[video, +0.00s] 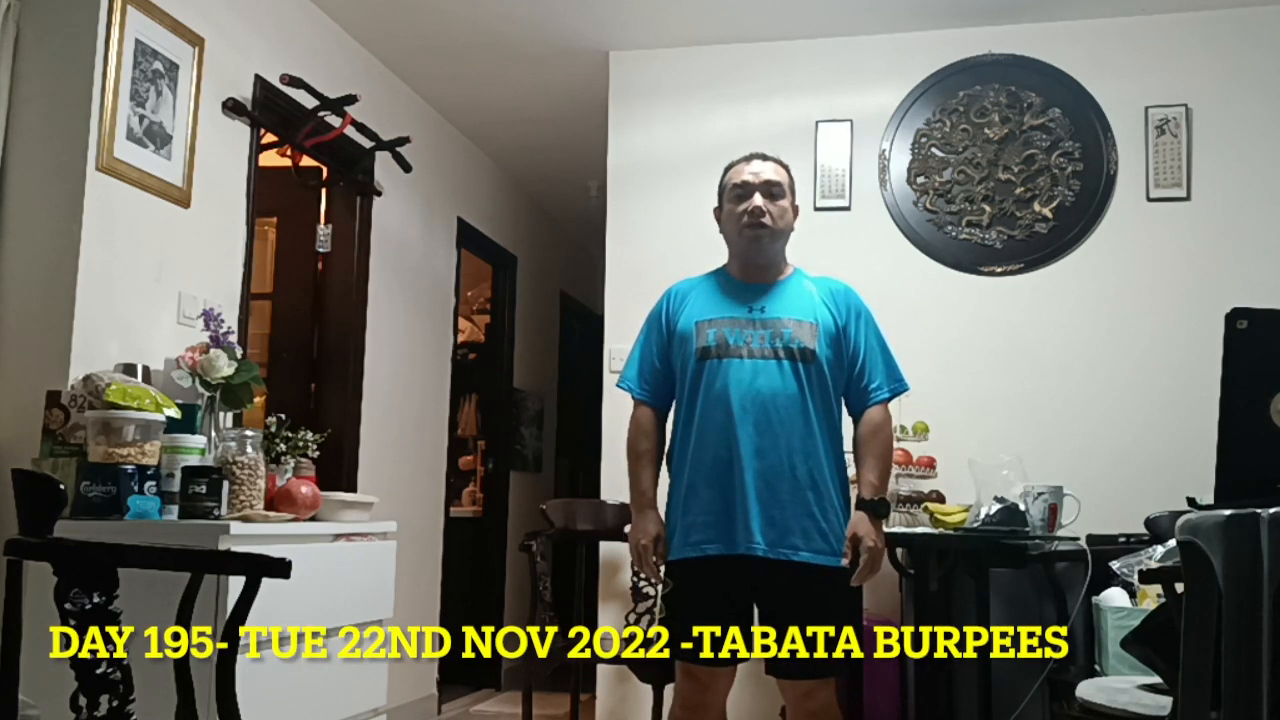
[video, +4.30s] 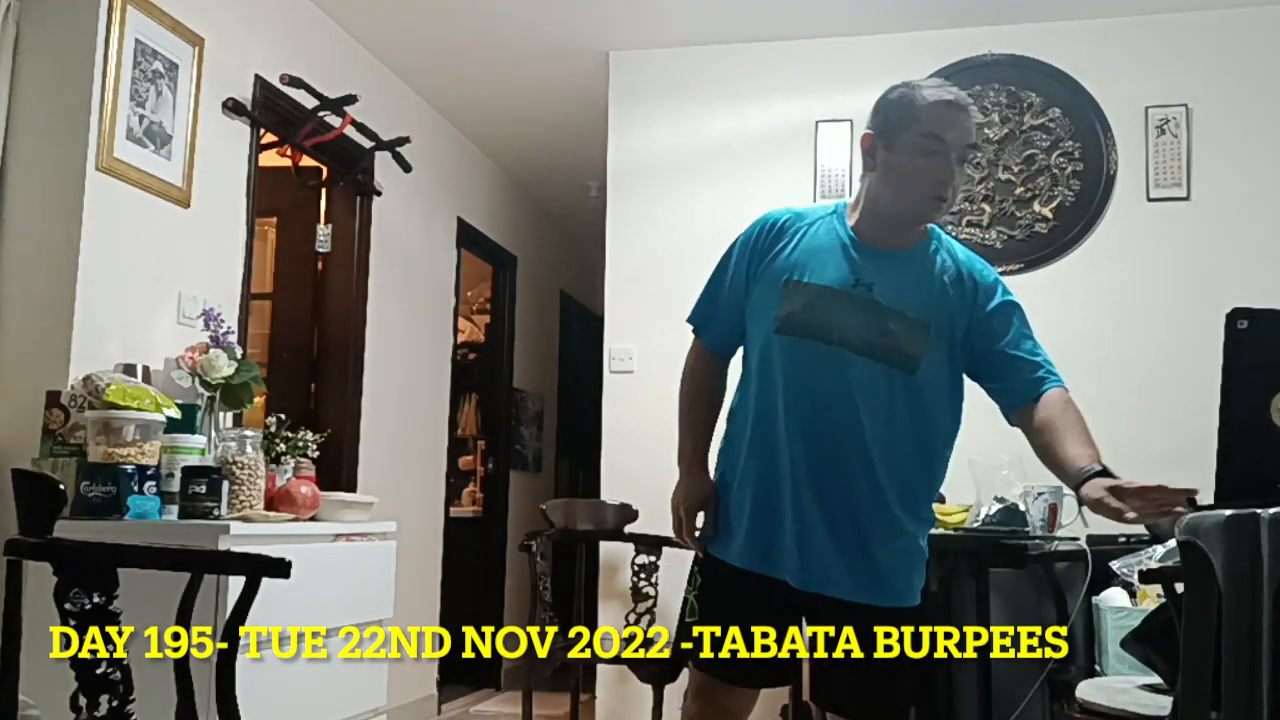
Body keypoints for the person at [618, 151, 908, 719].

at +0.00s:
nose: (757, 200)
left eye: (772, 192)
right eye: (741, 192)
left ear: (794, 215)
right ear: (719, 217)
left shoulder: (837, 303)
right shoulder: (681, 302)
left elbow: (874, 408)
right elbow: (646, 410)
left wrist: (870, 509)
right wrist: (643, 510)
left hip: (810, 542)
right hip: (704, 538)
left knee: (814, 699)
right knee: (698, 691)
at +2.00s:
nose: (745, 201)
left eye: (760, 191)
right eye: (729, 193)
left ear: (783, 213)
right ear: (707, 218)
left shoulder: (829, 303)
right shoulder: (671, 305)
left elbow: (867, 409)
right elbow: (640, 416)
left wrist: (867, 510)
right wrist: (640, 516)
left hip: (803, 541)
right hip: (698, 539)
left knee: (808, 698)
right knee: (691, 691)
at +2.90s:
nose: (828, 197)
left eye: (838, 185)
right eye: (809, 180)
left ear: (847, 200)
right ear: (761, 191)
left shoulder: (871, 301)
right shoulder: (699, 289)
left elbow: (921, 408)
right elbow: (655, 406)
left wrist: (945, 495)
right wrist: (648, 508)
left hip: (833, 559)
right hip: (716, 549)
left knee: (840, 710)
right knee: (692, 705)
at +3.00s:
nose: (874, 189)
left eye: (885, 175)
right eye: (856, 166)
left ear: (893, 188)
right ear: (804, 173)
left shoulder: (907, 294)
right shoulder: (731, 269)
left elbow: (964, 397)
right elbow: (683, 387)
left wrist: (994, 480)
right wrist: (674, 488)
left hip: (853, 550)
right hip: (736, 535)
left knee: (851, 709)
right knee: (694, 696)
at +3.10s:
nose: (911, 184)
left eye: (924, 170)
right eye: (894, 161)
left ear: (933, 183)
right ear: (841, 165)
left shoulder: (937, 289)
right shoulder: (758, 255)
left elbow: (1003, 385)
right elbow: (705, 368)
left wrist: (1048, 462)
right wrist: (690, 475)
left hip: (863, 560)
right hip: (746, 536)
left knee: (860, 712)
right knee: (701, 693)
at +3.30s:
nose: (966, 192)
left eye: (979, 176)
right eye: (949, 166)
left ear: (986, 183)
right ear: (891, 159)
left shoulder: (980, 295)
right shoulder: (793, 240)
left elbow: (1062, 379)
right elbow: (726, 349)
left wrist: (1135, 444)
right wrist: (706, 460)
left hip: (880, 570)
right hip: (762, 540)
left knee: (861, 714)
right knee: (726, 706)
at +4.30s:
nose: (949, 175)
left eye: (962, 160)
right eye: (931, 151)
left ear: (969, 167)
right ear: (873, 151)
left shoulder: (970, 287)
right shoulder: (773, 240)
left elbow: (1036, 393)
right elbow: (708, 353)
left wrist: (1090, 476)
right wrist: (692, 472)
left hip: (878, 572)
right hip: (752, 541)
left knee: (859, 717)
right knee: (711, 702)